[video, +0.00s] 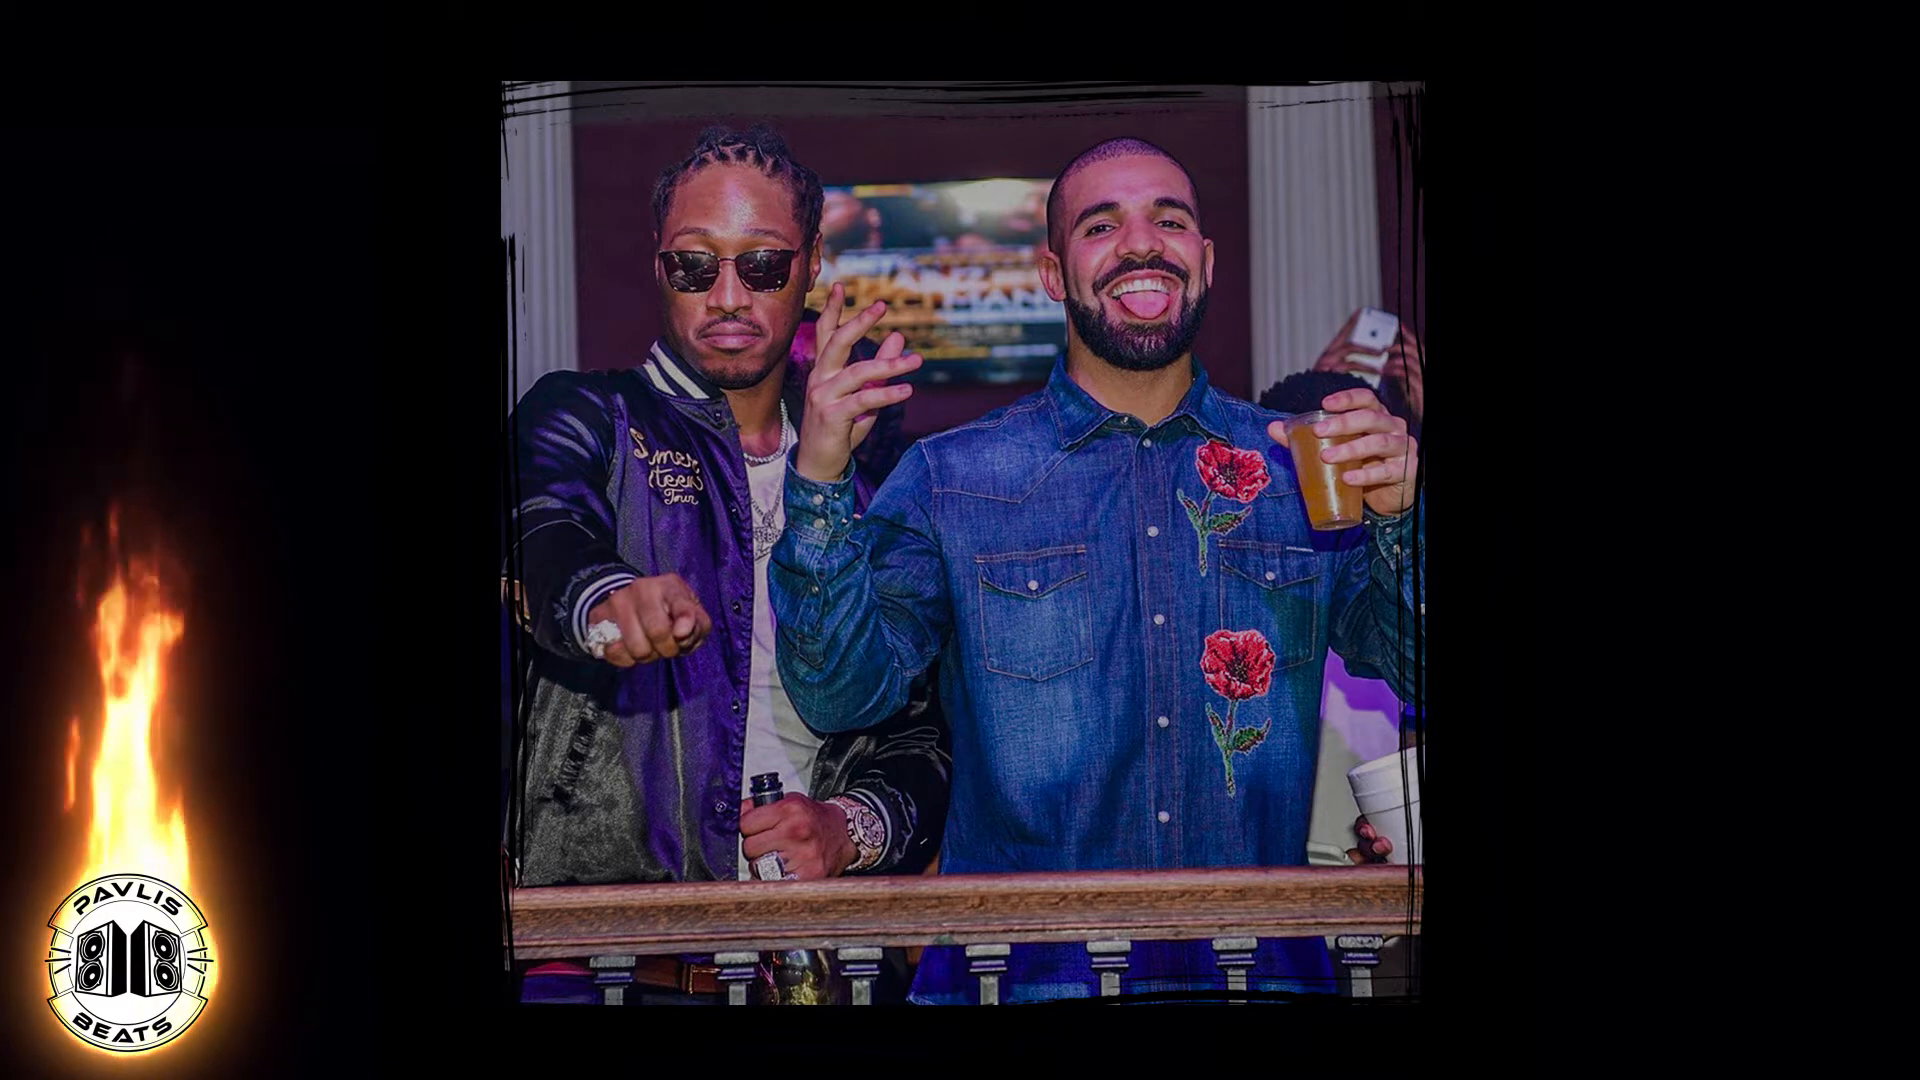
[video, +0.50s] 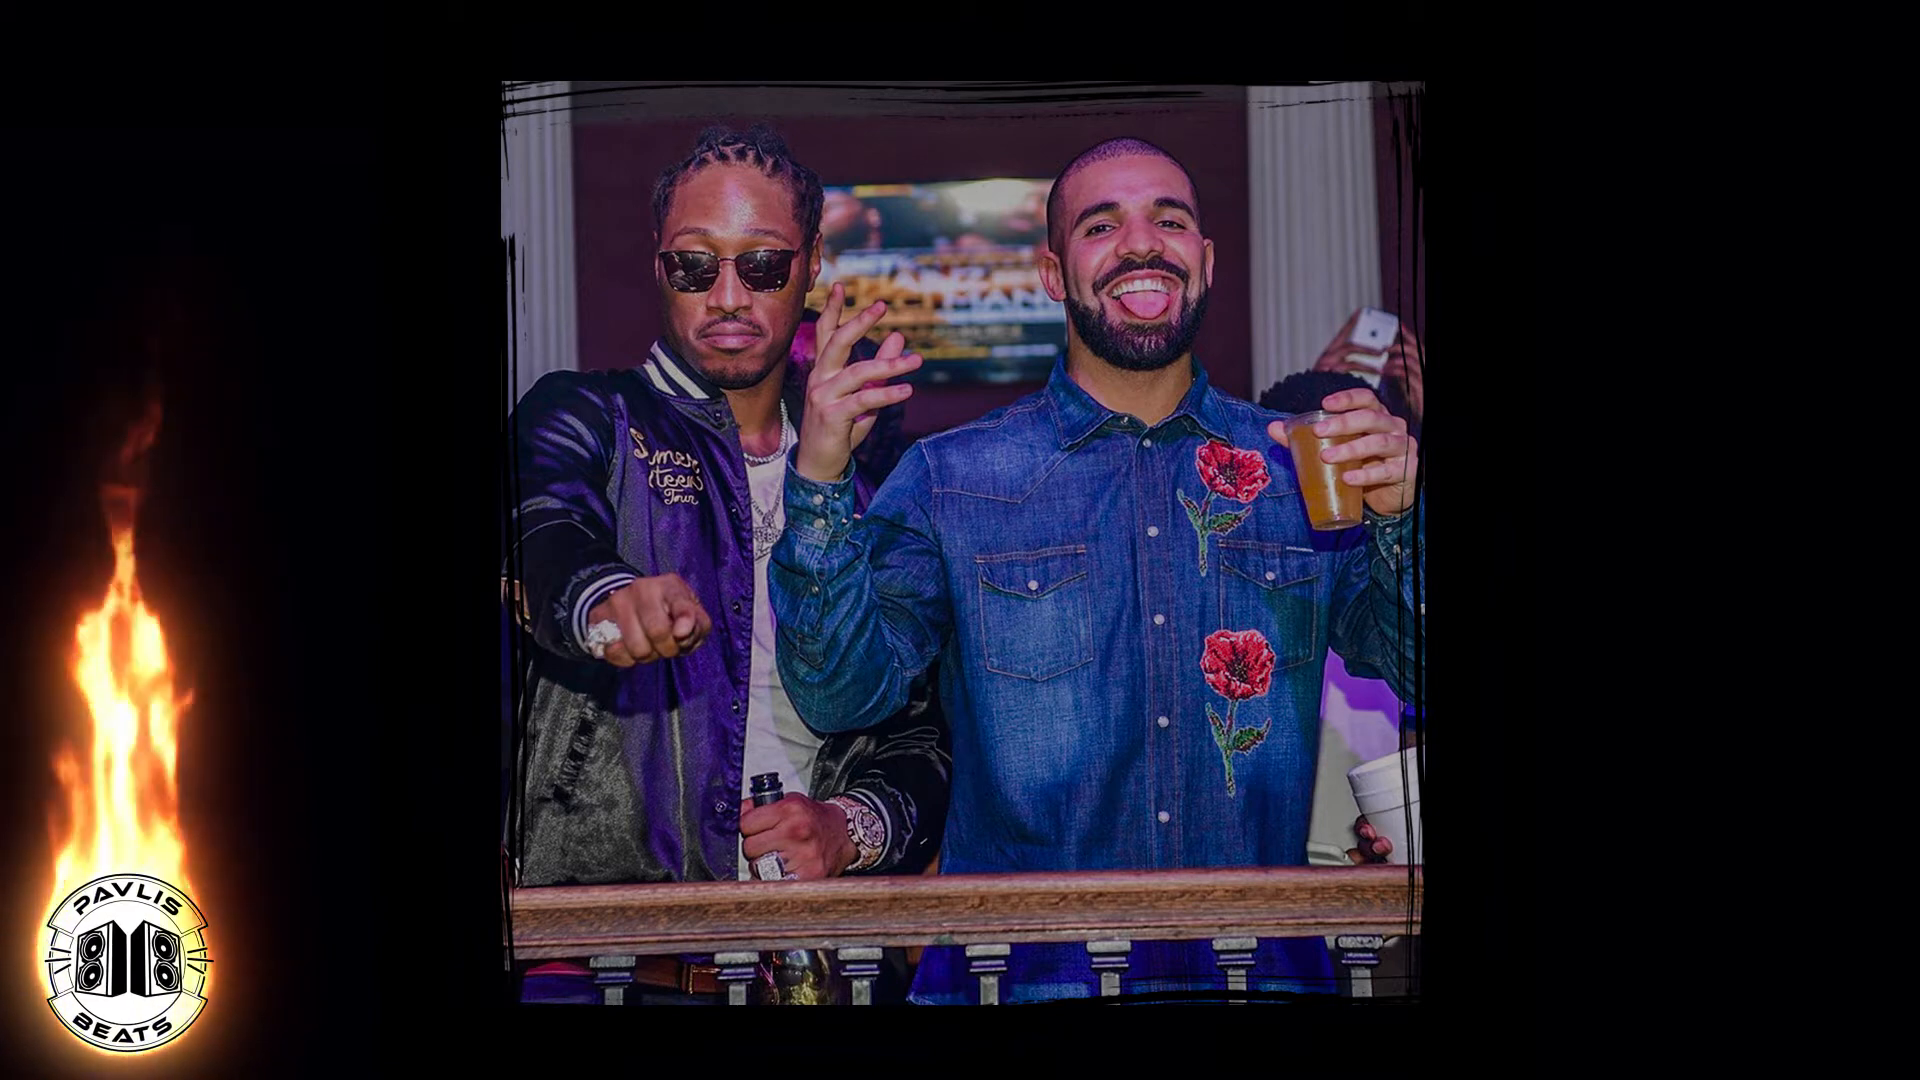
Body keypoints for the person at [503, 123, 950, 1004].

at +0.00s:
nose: (729, 296)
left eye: (763, 266)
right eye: (694, 266)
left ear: (811, 274)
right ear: (658, 272)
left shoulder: (878, 460)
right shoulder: (581, 412)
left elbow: (926, 726)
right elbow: (540, 525)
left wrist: (857, 826)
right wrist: (602, 595)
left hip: (827, 944)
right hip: (605, 943)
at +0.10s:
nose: (729, 296)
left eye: (763, 266)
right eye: (694, 266)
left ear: (811, 274)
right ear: (658, 272)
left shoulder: (878, 460)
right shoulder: (581, 412)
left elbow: (926, 726)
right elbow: (540, 525)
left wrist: (857, 826)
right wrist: (602, 595)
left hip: (827, 944)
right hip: (605, 943)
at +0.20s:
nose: (729, 296)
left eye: (763, 266)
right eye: (694, 266)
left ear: (811, 274)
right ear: (658, 272)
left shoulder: (878, 460)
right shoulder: (581, 412)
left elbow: (926, 726)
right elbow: (540, 525)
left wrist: (857, 826)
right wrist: (602, 595)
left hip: (827, 944)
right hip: (605, 943)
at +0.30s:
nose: (729, 296)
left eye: (763, 266)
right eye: (694, 266)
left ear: (811, 274)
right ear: (658, 272)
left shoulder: (878, 460)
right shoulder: (581, 412)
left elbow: (926, 726)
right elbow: (540, 525)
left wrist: (857, 826)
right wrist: (602, 595)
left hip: (827, 944)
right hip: (605, 943)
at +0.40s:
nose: (729, 296)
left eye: (763, 266)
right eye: (694, 266)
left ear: (811, 274)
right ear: (658, 272)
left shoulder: (878, 460)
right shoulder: (581, 412)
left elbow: (926, 726)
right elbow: (540, 525)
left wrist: (857, 826)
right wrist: (602, 595)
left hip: (827, 944)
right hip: (605, 943)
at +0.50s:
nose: (729, 296)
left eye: (763, 266)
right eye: (694, 266)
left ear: (811, 274)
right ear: (658, 272)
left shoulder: (878, 460)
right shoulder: (581, 412)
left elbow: (926, 726)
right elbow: (540, 525)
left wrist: (857, 826)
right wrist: (602, 595)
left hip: (827, 944)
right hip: (605, 943)